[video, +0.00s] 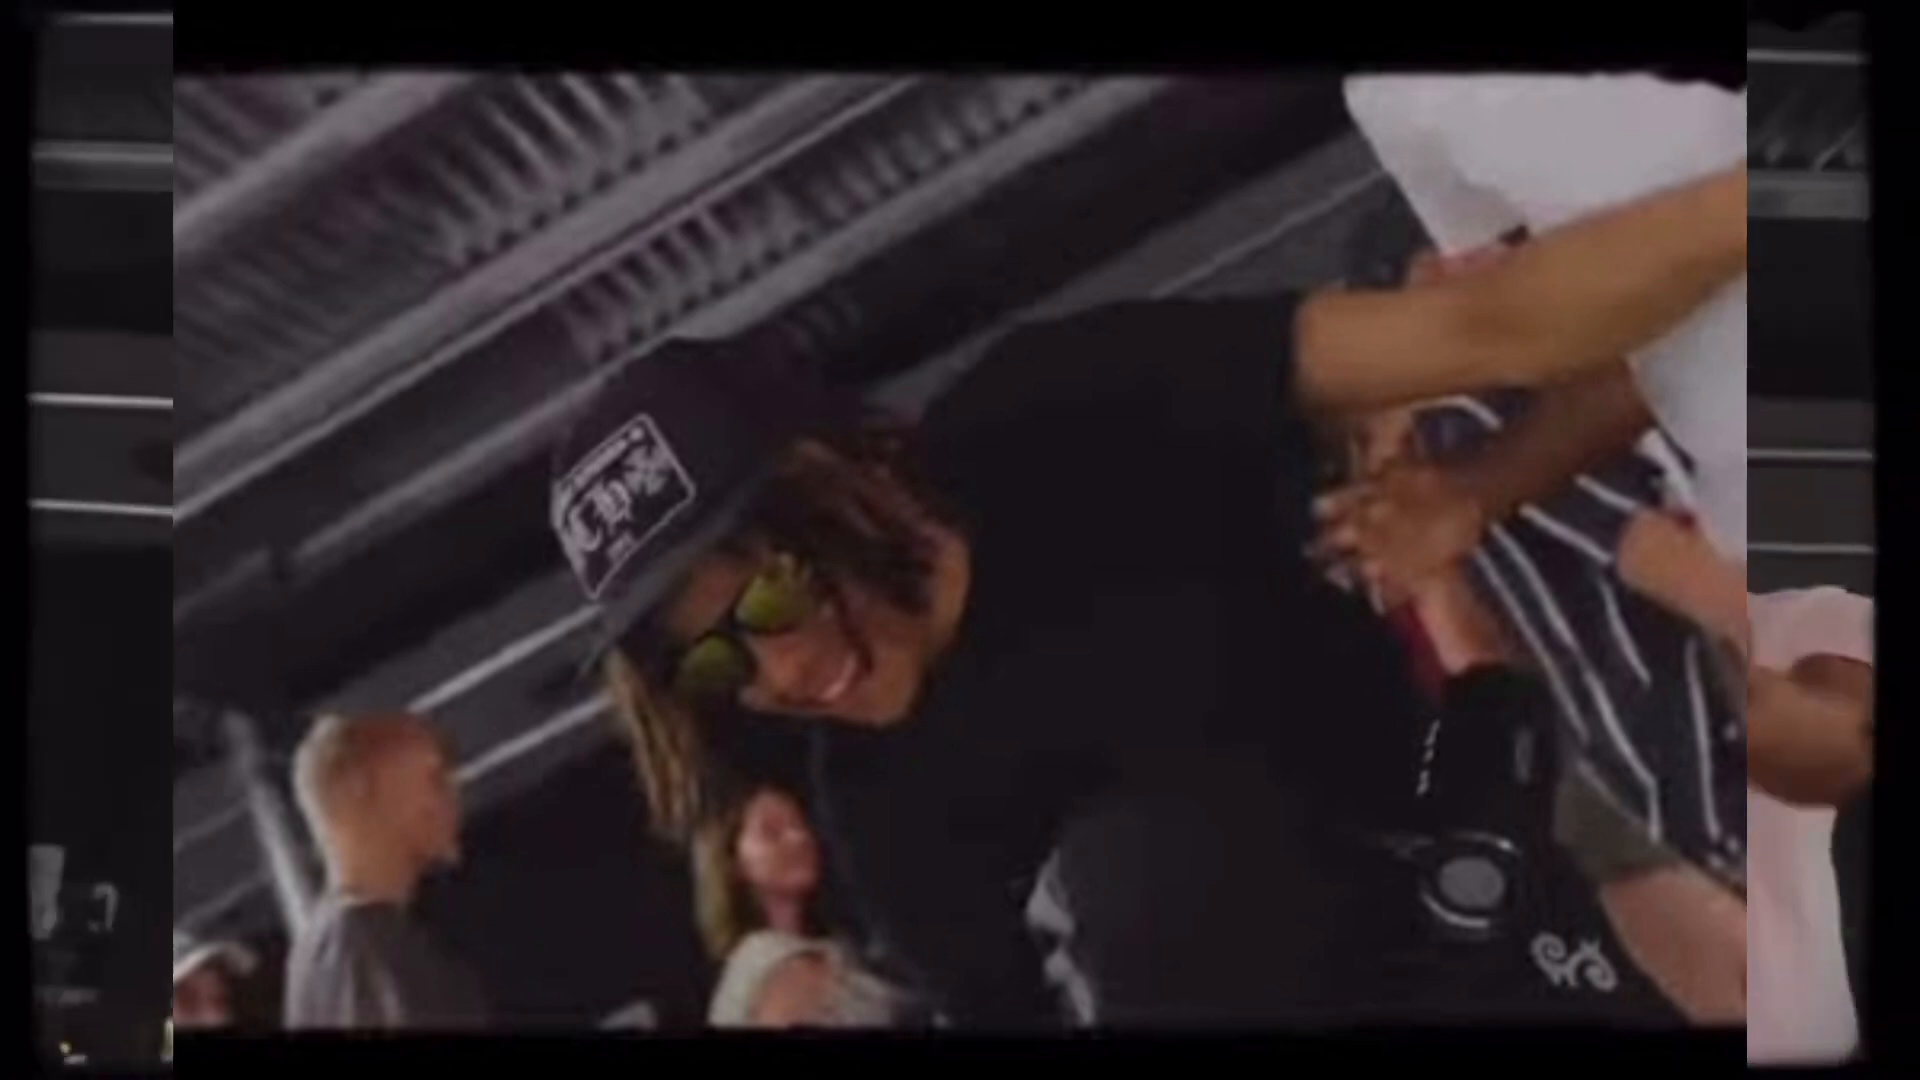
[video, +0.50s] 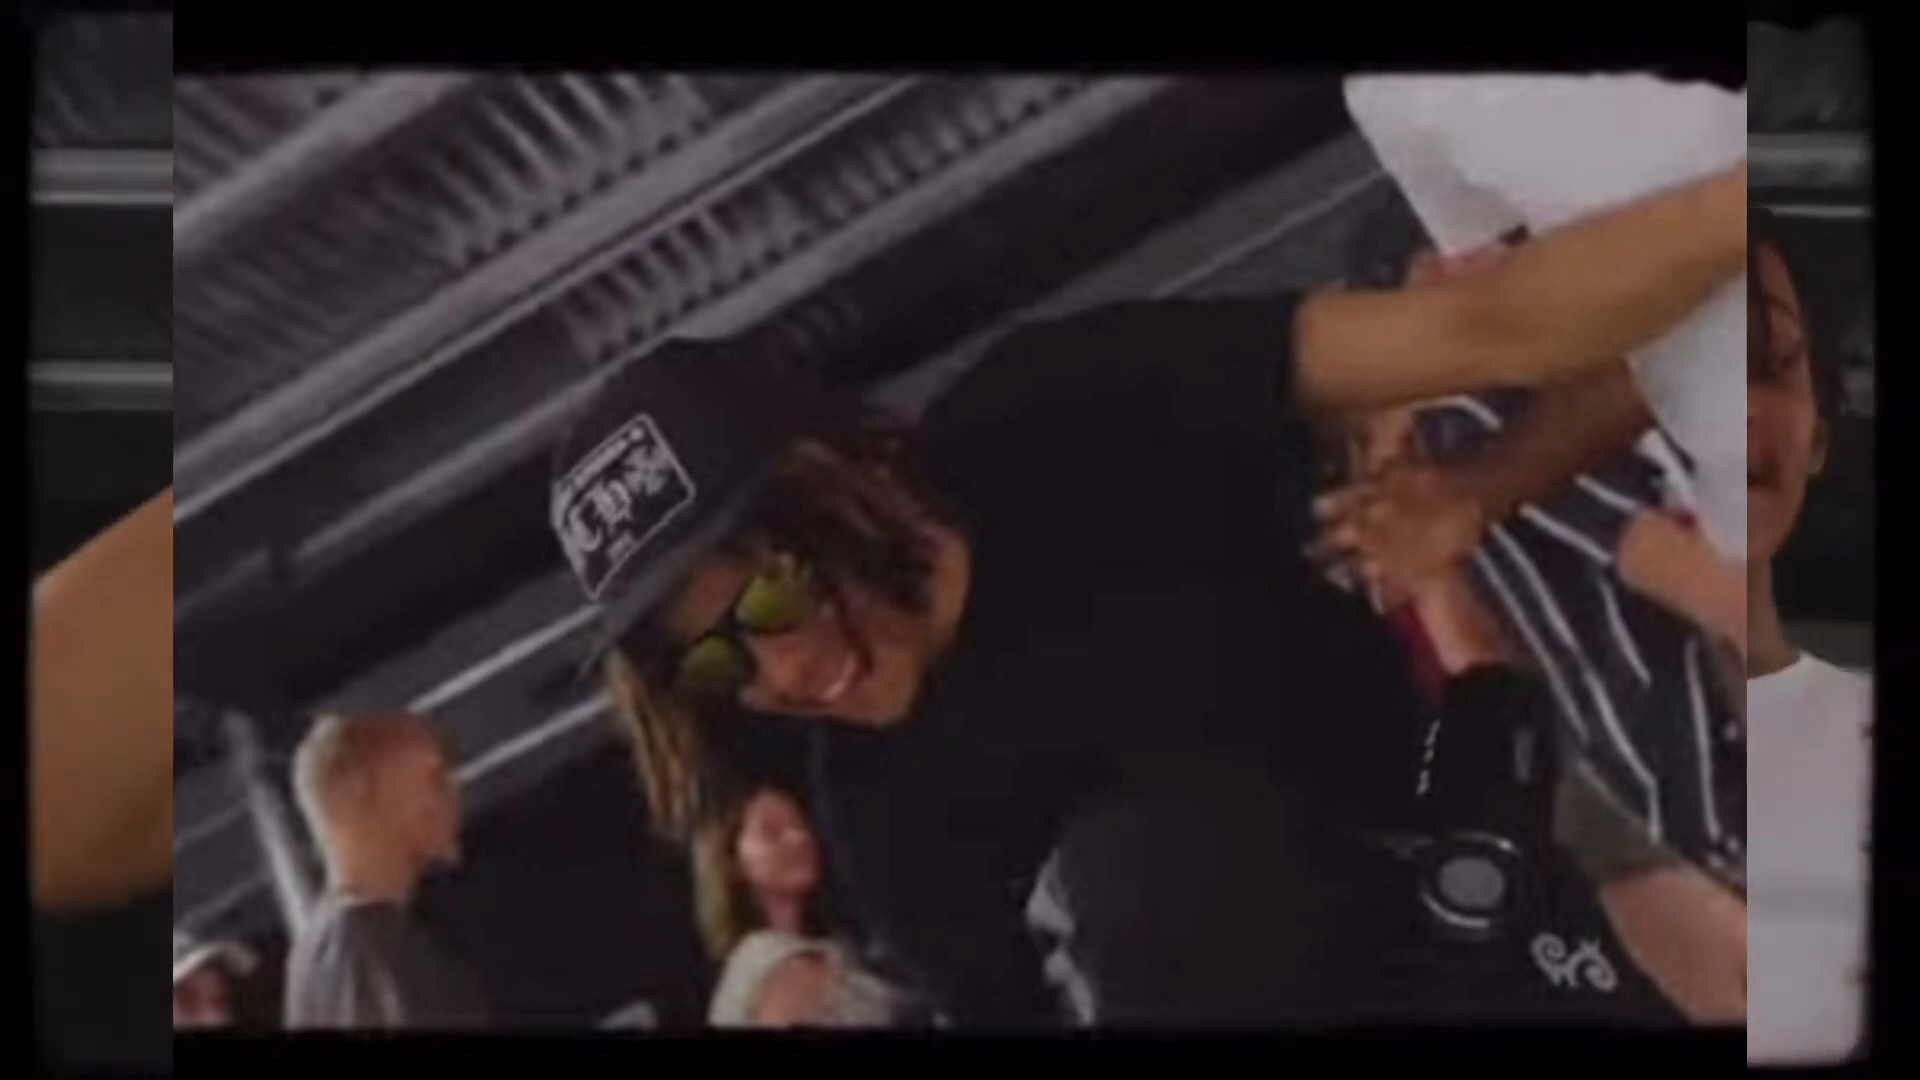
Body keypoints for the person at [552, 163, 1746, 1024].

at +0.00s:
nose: (767, 660)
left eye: (760, 586)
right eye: (708, 656)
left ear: (834, 478)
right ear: (686, 685)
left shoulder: (1051, 404)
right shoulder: (887, 842)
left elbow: (1474, 329)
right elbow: (1030, 1024)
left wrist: (1772, 191)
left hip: (1468, 826)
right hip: (1242, 970)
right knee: (1133, 869)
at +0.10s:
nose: (767, 658)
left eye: (761, 583)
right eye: (708, 655)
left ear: (835, 477)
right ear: (686, 685)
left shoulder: (1053, 403)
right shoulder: (888, 846)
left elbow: (1475, 328)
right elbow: (1031, 1024)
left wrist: (1774, 198)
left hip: (1476, 839)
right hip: (1245, 975)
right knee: (1135, 867)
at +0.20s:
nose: (768, 658)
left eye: (761, 583)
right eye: (708, 655)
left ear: (836, 476)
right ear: (686, 687)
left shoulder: (1057, 402)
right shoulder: (888, 844)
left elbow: (1470, 330)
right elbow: (1027, 1025)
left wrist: (1767, 198)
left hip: (1476, 850)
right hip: (1236, 974)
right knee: (1137, 863)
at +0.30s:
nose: (767, 657)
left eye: (760, 582)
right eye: (707, 655)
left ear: (833, 476)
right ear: (686, 686)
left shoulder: (1052, 403)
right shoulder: (887, 843)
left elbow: (1468, 329)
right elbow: (1028, 1024)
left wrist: (1777, 190)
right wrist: (842, 1001)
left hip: (1481, 840)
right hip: (1247, 972)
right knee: (1136, 862)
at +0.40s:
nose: (767, 659)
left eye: (761, 583)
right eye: (708, 655)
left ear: (835, 477)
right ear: (687, 686)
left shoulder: (1053, 404)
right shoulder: (888, 846)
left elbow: (1477, 328)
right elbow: (1032, 1024)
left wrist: (1779, 187)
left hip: (1480, 844)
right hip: (1252, 974)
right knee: (1134, 868)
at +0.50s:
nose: (767, 658)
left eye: (760, 583)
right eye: (708, 655)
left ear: (835, 477)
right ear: (687, 687)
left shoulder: (1053, 402)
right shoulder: (888, 846)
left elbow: (1474, 329)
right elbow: (1032, 1025)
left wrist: (1773, 188)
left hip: (1478, 836)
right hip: (1252, 971)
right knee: (1136, 864)